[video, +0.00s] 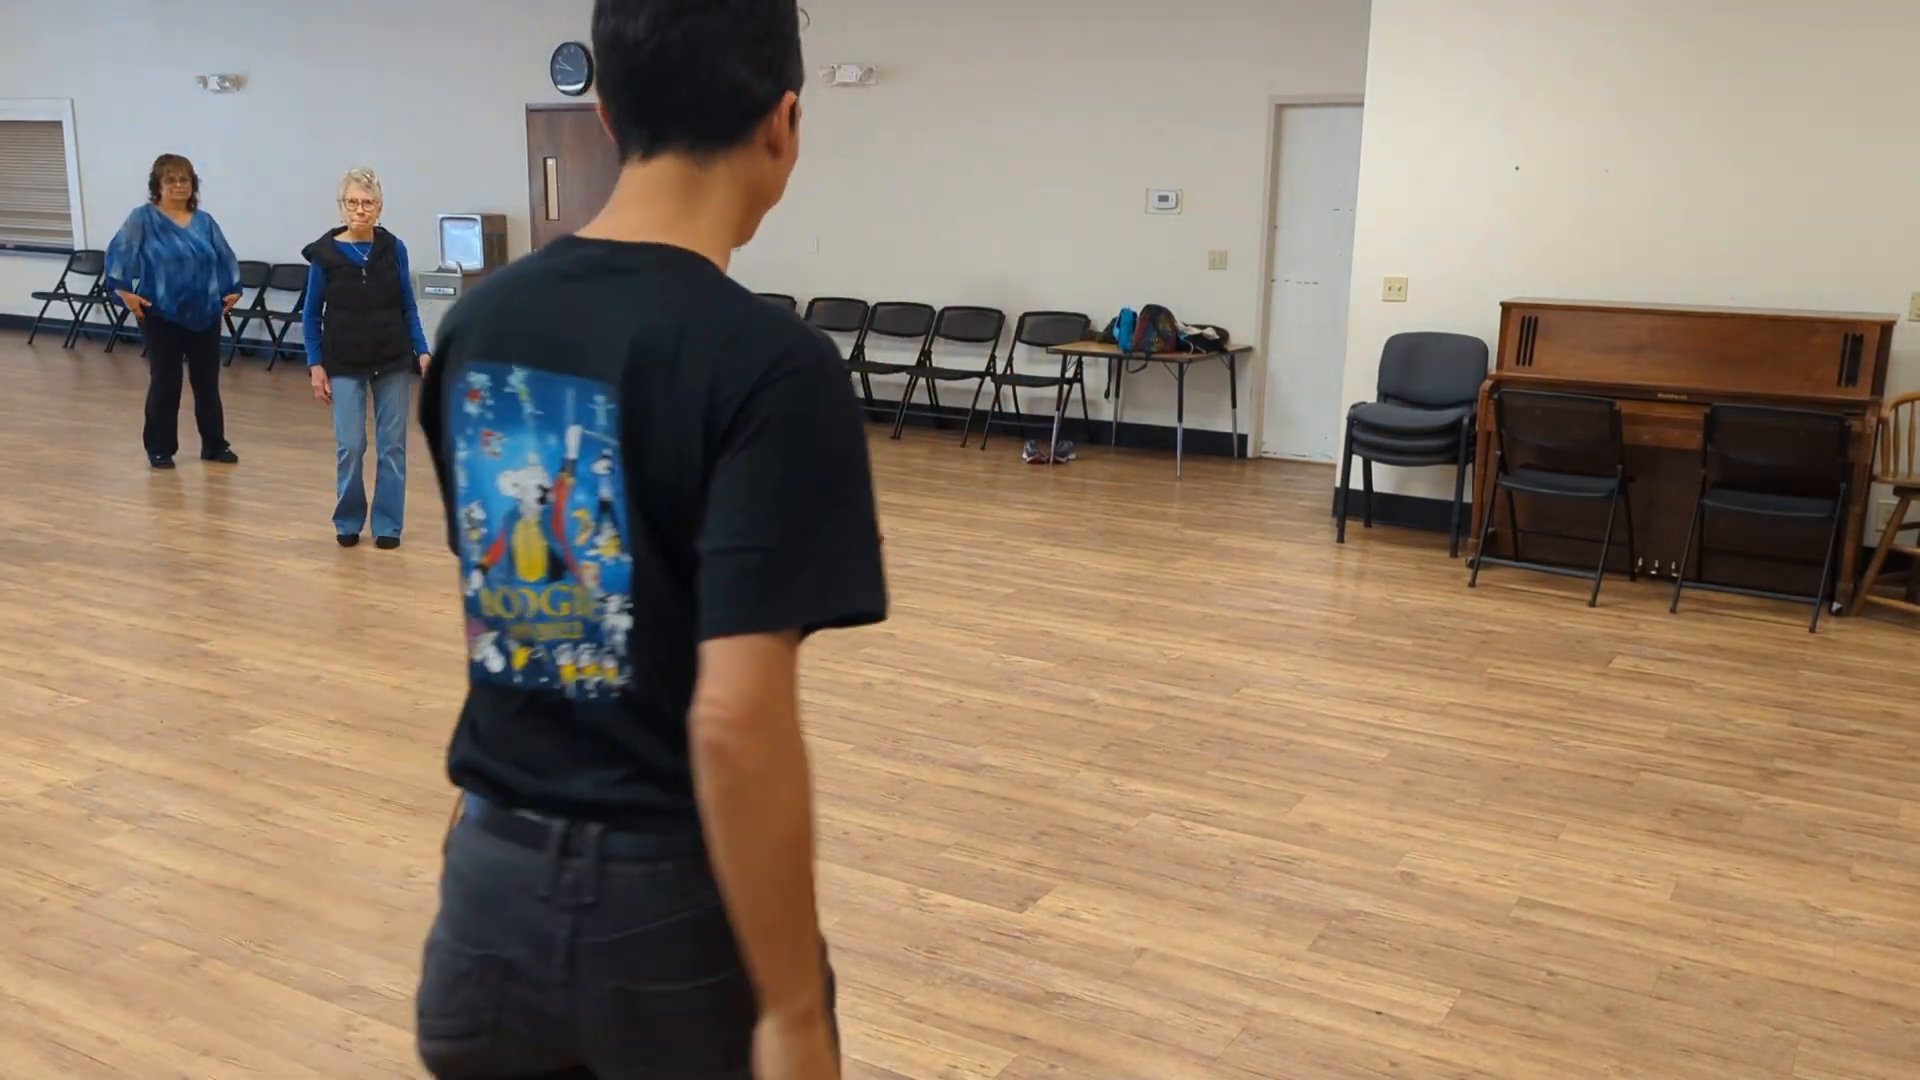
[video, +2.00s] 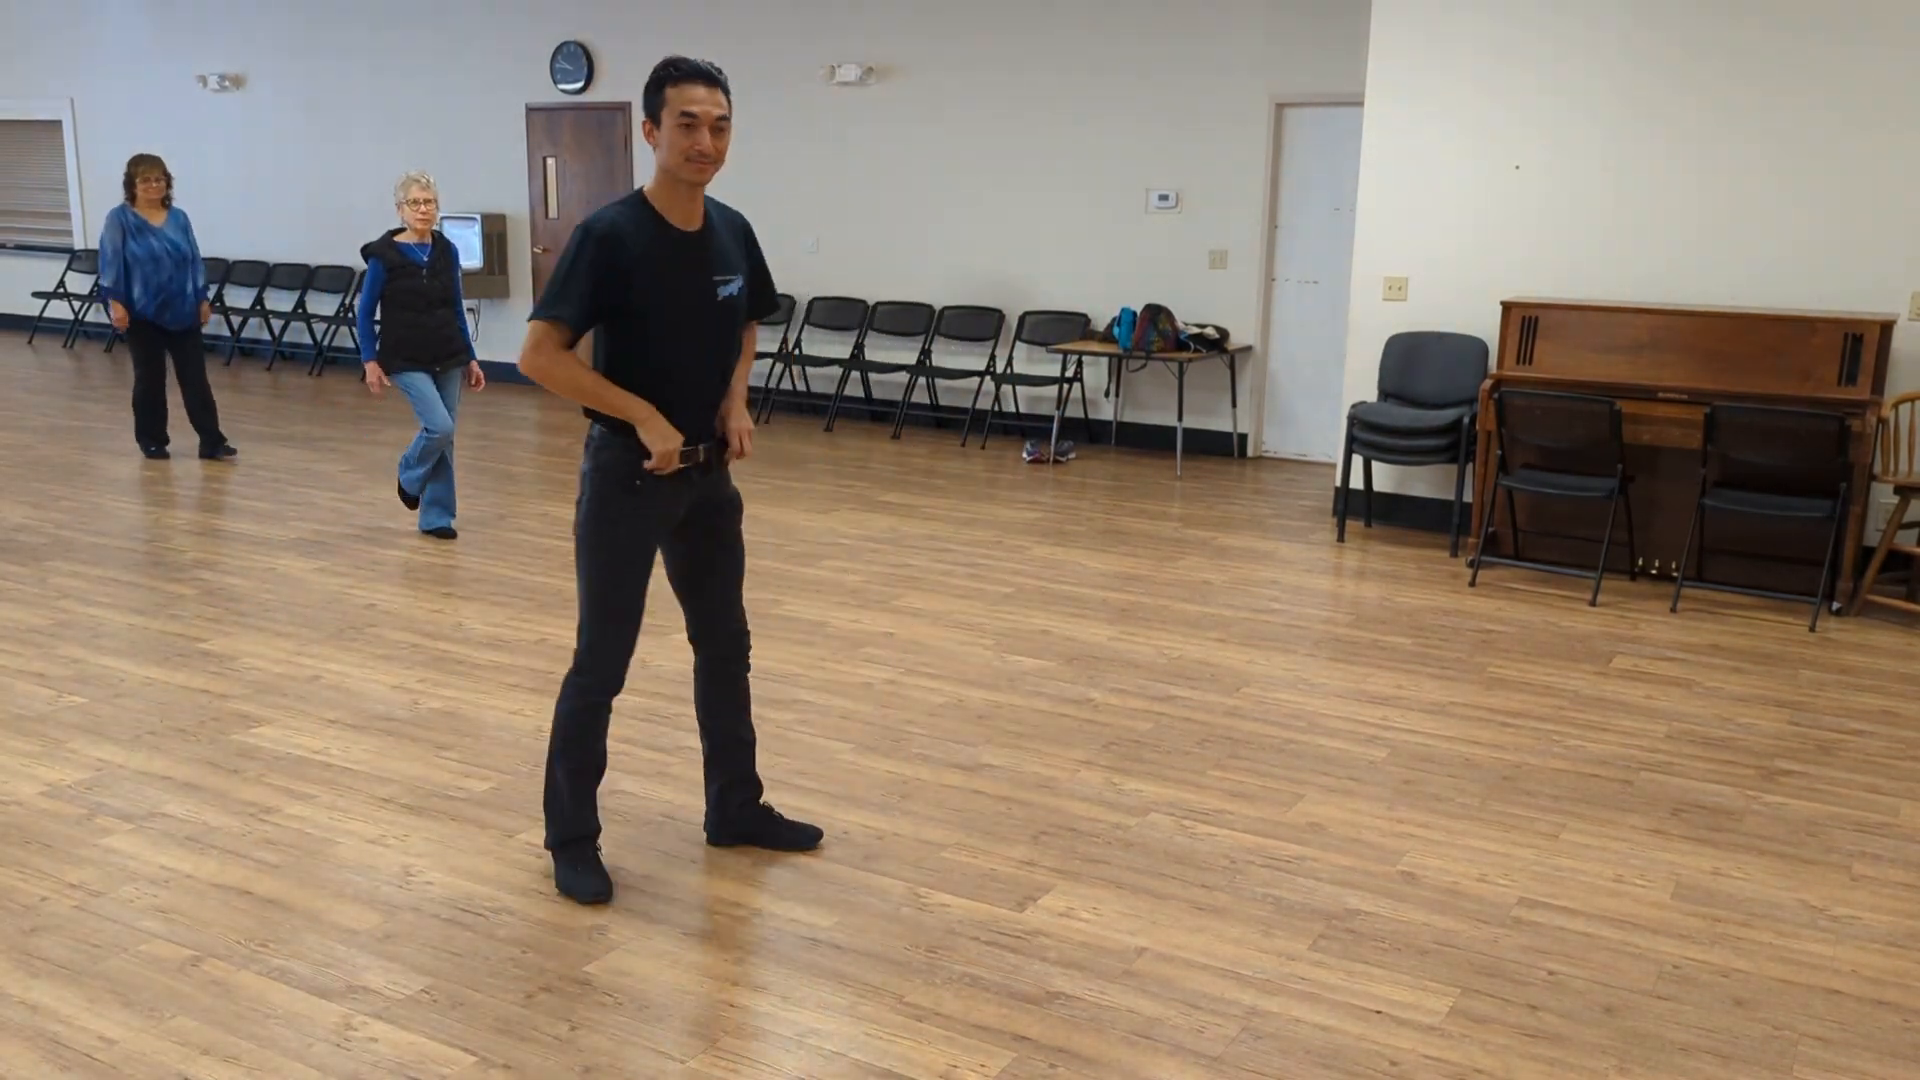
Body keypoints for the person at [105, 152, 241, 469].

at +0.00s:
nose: (180, 185)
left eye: (185, 179)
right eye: (172, 180)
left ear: (193, 184)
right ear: (159, 184)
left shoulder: (205, 221)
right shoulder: (144, 217)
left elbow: (226, 259)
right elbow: (116, 258)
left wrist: (234, 289)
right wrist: (124, 292)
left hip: (204, 315)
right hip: (162, 315)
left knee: (207, 383)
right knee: (166, 383)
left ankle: (214, 445)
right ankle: (160, 450)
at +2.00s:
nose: (154, 184)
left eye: (159, 179)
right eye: (146, 179)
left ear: (167, 183)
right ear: (133, 184)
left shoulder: (178, 217)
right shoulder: (120, 217)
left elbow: (195, 260)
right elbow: (110, 263)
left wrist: (201, 298)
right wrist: (115, 301)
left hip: (183, 310)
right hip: (143, 312)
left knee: (195, 378)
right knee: (150, 379)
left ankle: (211, 441)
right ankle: (152, 441)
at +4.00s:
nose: (166, 183)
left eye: (172, 178)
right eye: (159, 178)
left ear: (180, 183)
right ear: (147, 183)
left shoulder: (189, 218)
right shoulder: (134, 216)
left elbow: (204, 261)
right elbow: (128, 262)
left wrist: (214, 296)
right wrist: (134, 298)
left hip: (192, 308)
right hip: (155, 308)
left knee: (192, 375)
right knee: (157, 375)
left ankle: (193, 436)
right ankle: (152, 440)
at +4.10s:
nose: (166, 183)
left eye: (172, 178)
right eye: (159, 178)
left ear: (180, 183)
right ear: (147, 183)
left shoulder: (189, 218)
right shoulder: (134, 216)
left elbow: (203, 262)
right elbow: (128, 262)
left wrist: (213, 296)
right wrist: (135, 299)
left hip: (192, 308)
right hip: (155, 308)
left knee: (192, 375)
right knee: (157, 375)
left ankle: (193, 436)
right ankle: (152, 440)